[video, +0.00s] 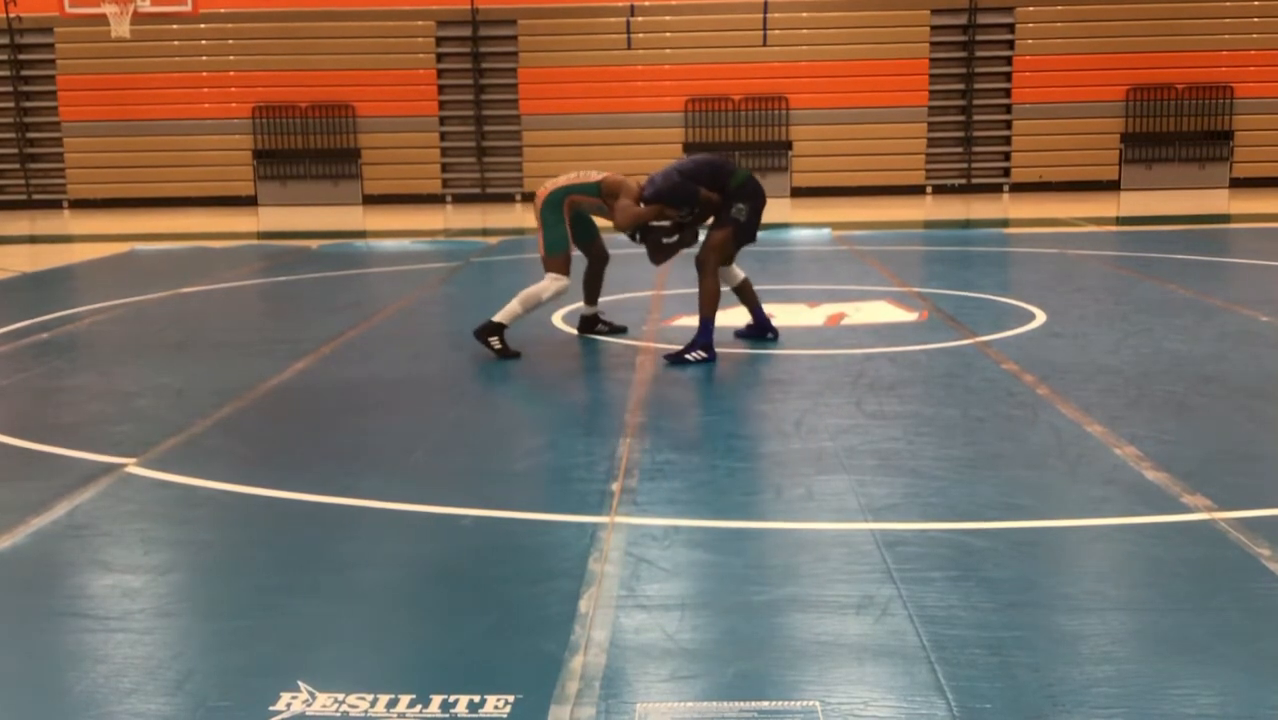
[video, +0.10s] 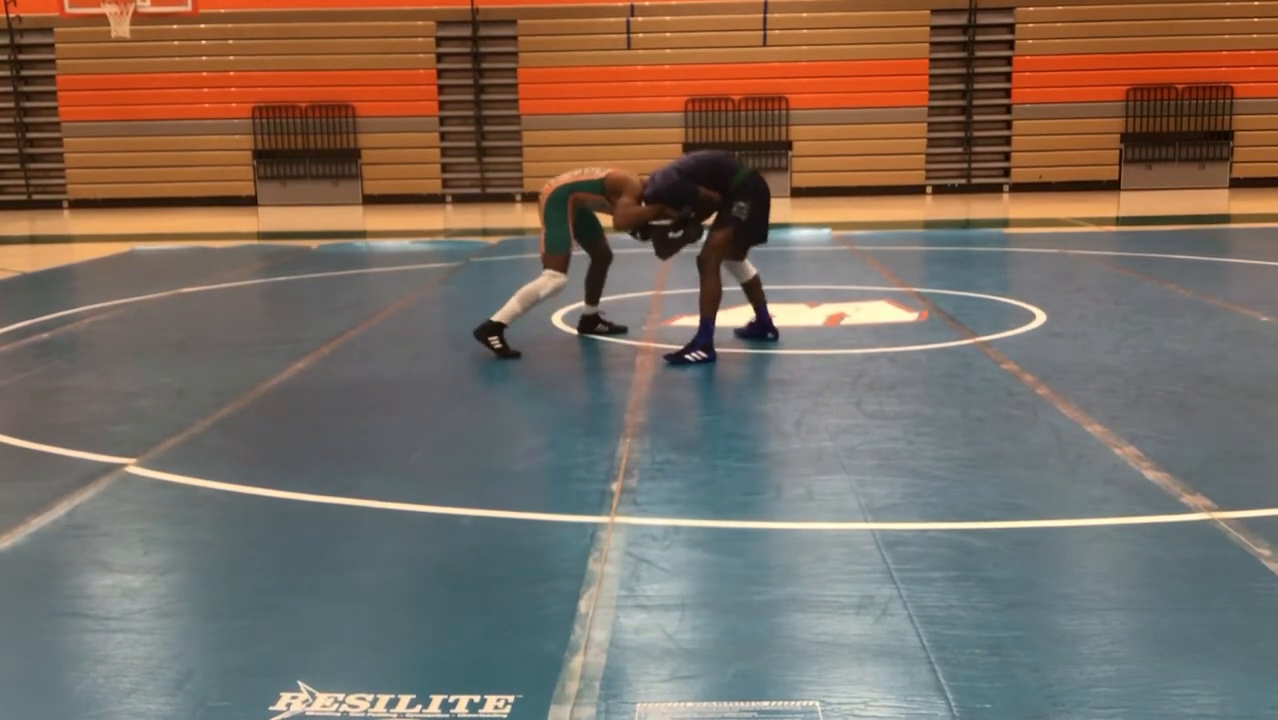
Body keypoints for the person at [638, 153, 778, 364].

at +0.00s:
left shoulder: (666, 189)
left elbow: (715, 201)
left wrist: (689, 226)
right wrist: (680, 240)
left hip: (743, 194)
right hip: (738, 195)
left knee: (706, 261)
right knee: (723, 265)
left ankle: (703, 344)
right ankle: (762, 324)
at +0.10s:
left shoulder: (665, 187)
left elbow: (714, 200)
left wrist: (686, 223)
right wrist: (680, 237)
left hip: (744, 193)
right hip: (748, 190)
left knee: (708, 260)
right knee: (734, 259)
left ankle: (703, 344)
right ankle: (764, 323)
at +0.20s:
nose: (620, 203)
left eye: (616, 198)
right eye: (616, 201)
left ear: (628, 188)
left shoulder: (667, 183)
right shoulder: (660, 182)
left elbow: (719, 198)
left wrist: (692, 220)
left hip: (748, 191)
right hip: (753, 188)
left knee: (710, 261)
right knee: (739, 258)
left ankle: (703, 344)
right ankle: (777, 320)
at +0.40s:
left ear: (644, 196)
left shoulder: (681, 183)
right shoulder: (675, 180)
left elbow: (732, 196)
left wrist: (707, 219)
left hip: (759, 193)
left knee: (722, 257)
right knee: (755, 270)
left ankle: (712, 339)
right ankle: (800, 331)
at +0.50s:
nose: (642, 218)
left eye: (636, 211)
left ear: (648, 202)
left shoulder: (684, 190)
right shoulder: (679, 187)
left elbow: (733, 204)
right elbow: (707, 233)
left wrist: (711, 226)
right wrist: (688, 242)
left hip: (759, 198)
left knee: (718, 263)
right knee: (750, 274)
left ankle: (727, 344)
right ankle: (798, 331)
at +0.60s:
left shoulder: (686, 192)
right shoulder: (680, 189)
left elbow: (735, 204)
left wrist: (701, 240)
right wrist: (696, 241)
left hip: (761, 196)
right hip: (768, 192)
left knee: (720, 262)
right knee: (753, 271)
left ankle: (727, 344)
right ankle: (799, 330)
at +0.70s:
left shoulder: (684, 191)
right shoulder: (679, 189)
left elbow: (735, 201)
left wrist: (704, 239)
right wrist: (696, 240)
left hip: (760, 194)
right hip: (767, 189)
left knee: (725, 261)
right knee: (756, 269)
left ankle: (727, 344)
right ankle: (800, 330)